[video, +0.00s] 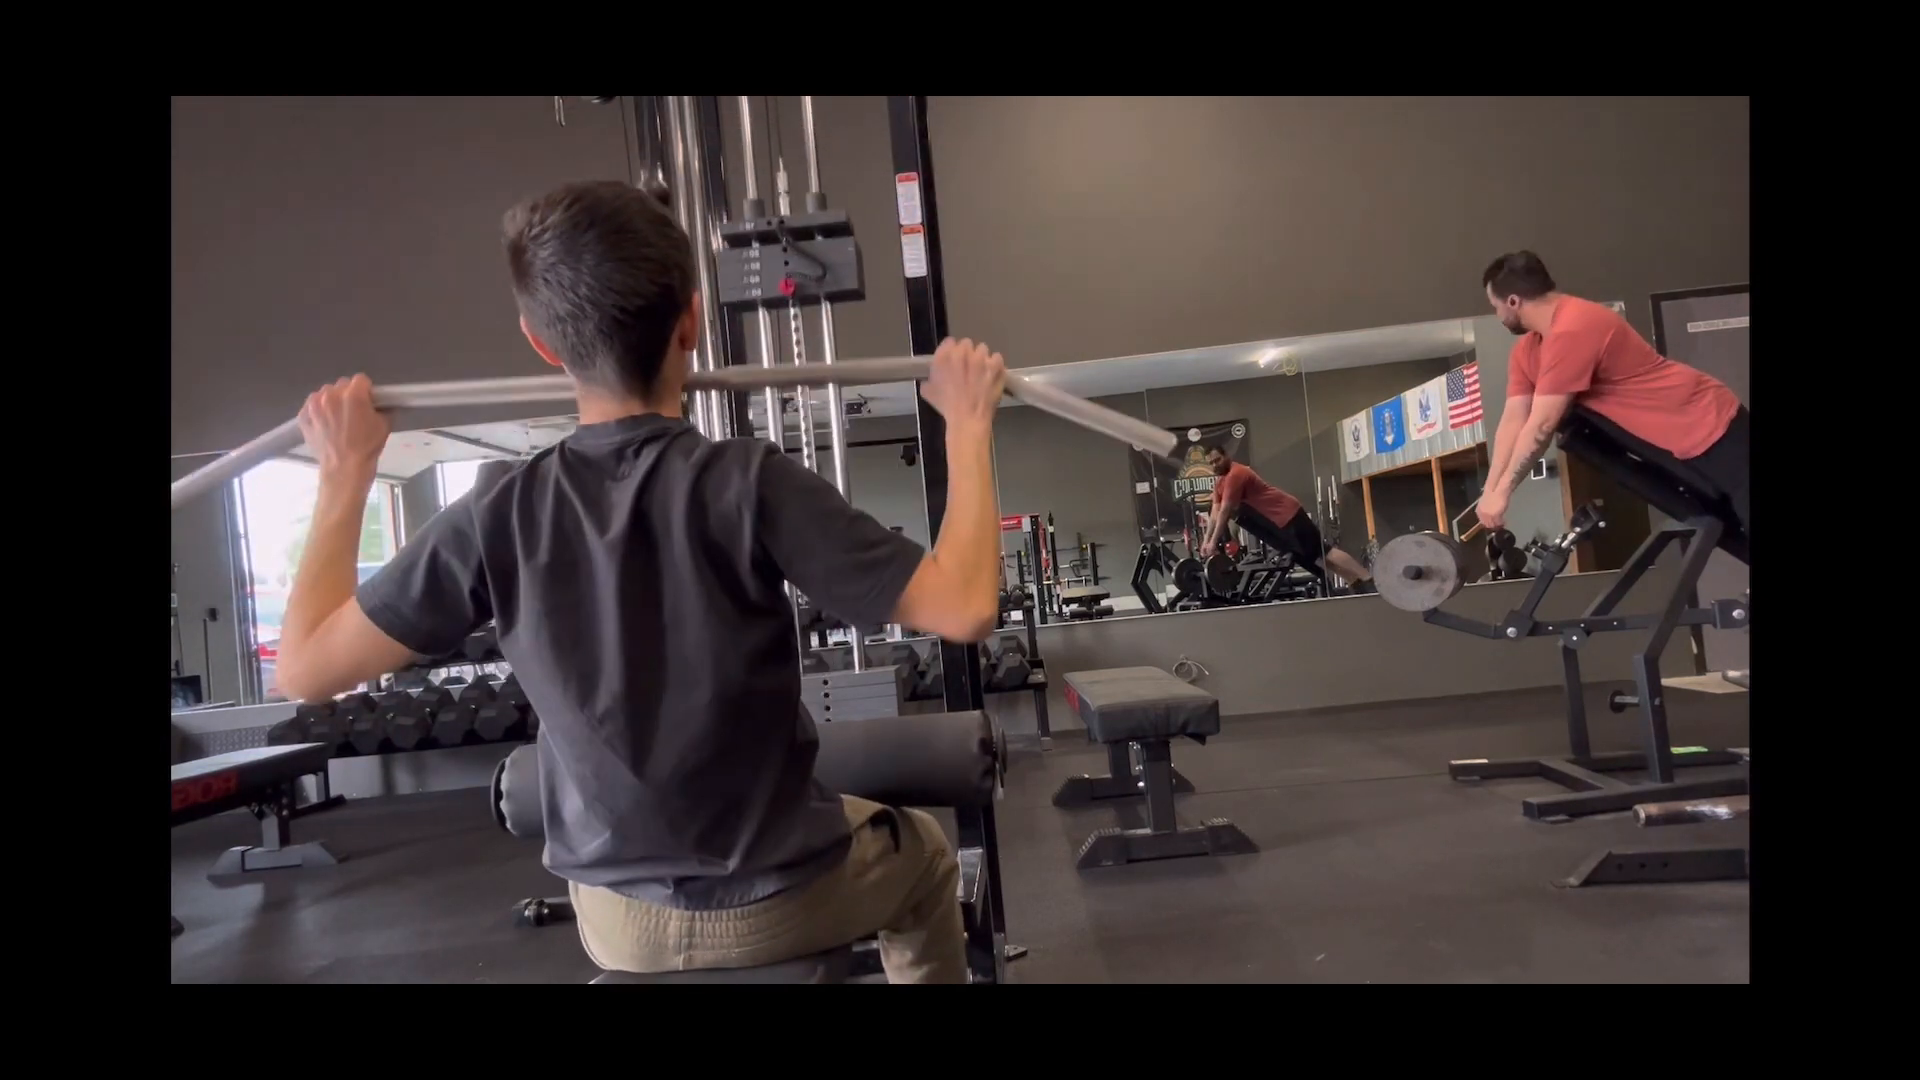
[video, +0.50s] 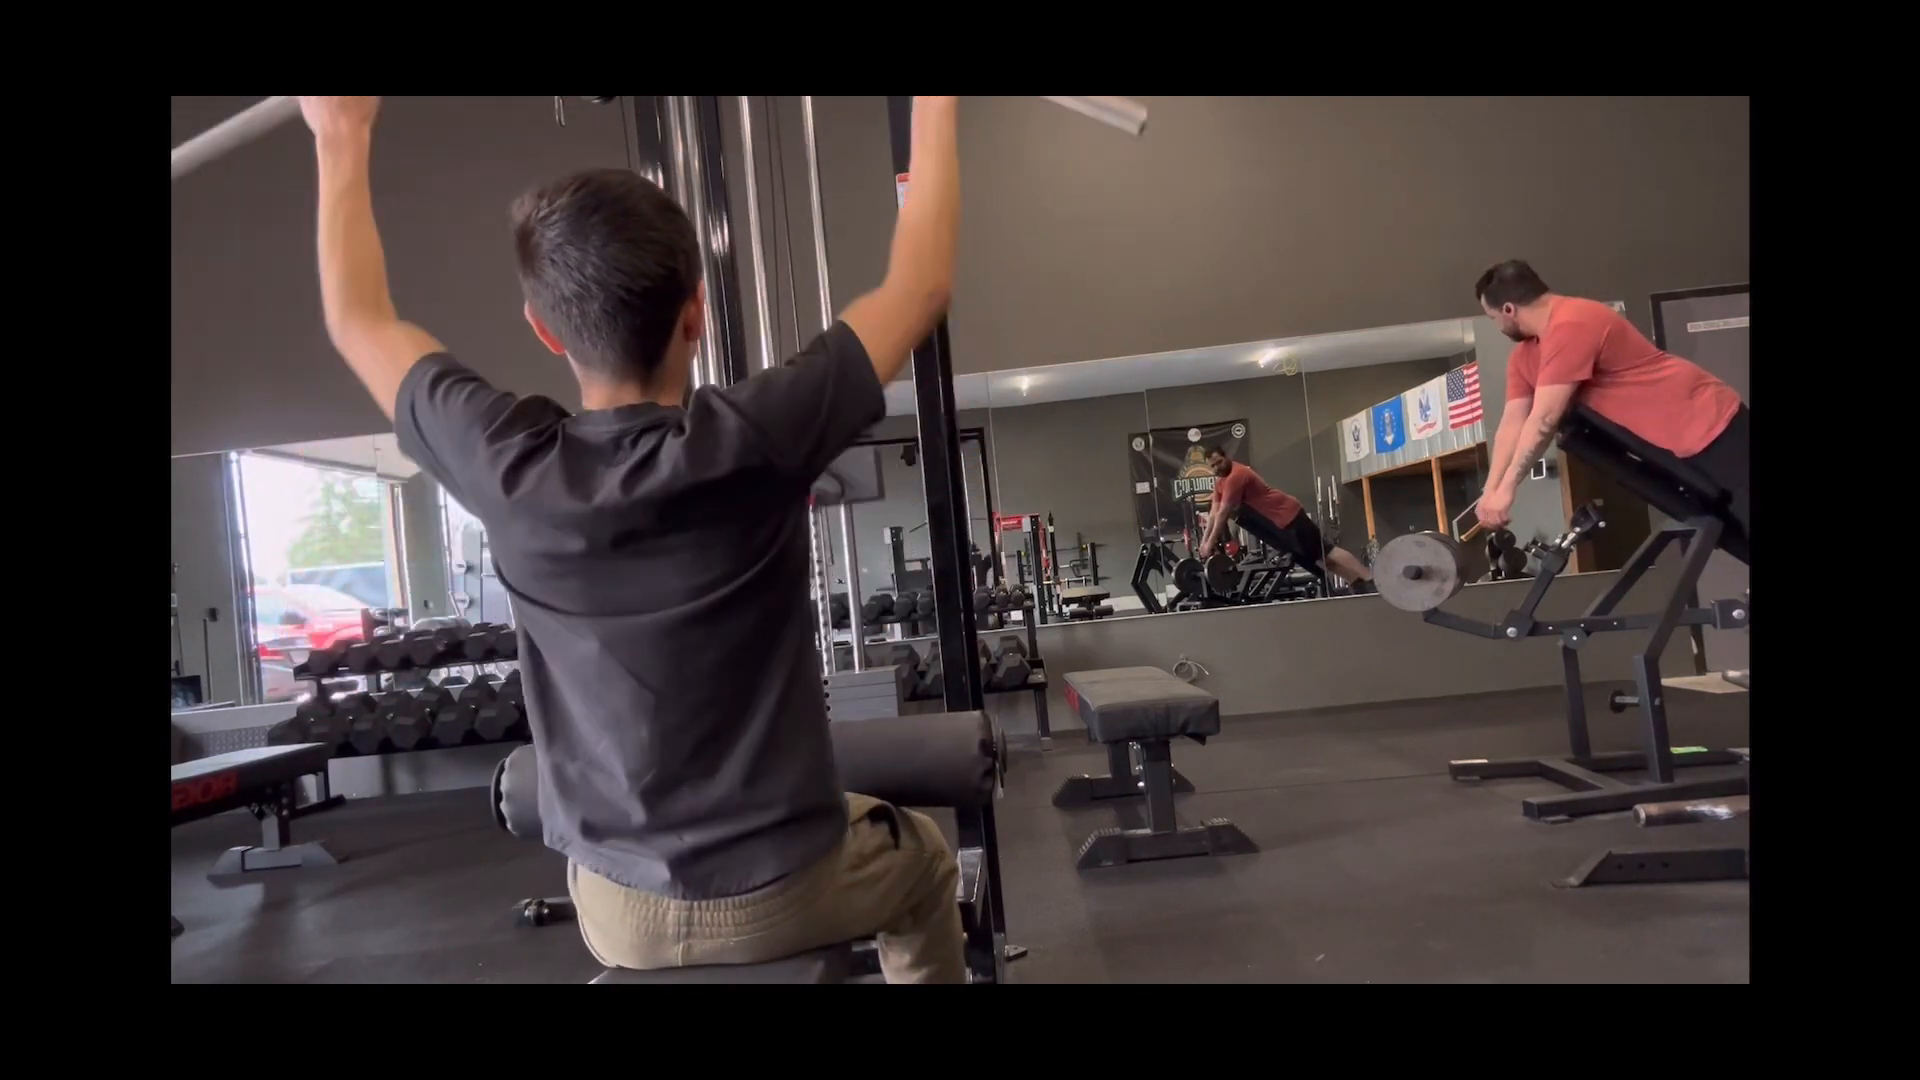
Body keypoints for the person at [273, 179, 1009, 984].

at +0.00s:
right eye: (698, 299)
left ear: (538, 345)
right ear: (691, 321)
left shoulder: (503, 515)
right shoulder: (750, 485)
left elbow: (305, 669)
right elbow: (964, 606)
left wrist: (342, 474)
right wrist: (968, 428)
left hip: (610, 917)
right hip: (777, 906)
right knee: (918, 850)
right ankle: (929, 977)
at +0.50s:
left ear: (542, 330)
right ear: (696, 317)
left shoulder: (511, 463)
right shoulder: (762, 433)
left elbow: (359, 320)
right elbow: (918, 291)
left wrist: (340, 137)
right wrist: (936, 101)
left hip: (614, 910)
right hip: (780, 897)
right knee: (919, 854)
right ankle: (929, 978)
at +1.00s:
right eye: (736, 298)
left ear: (594, 327)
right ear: (728, 318)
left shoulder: (556, 424)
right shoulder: (777, 400)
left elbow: (451, 256)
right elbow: (874, 218)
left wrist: (395, 106)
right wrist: (917, 87)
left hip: (628, 890)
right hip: (792, 885)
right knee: (924, 858)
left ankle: (642, 968)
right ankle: (928, 975)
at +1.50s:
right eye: (681, 302)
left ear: (513, 342)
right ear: (676, 326)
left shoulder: (485, 464)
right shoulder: (737, 442)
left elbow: (314, 298)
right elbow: (903, 267)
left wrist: (296, 116)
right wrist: (921, 91)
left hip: (617, 909)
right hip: (773, 898)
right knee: (922, 859)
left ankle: (634, 975)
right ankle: (926, 976)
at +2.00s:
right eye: (683, 314)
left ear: (511, 362)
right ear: (680, 337)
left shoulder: (477, 540)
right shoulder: (754, 502)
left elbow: (272, 709)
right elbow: (950, 660)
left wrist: (311, 496)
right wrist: (968, 466)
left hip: (614, 908)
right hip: (784, 895)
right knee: (922, 864)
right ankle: (927, 977)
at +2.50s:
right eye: (679, 321)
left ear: (504, 368)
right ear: (672, 346)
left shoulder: (467, 515)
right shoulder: (743, 485)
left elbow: (288, 525)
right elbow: (971, 466)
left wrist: (323, 338)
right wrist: (957, 281)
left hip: (612, 911)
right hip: (775, 895)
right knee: (926, 864)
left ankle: (615, 970)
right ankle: (932, 978)